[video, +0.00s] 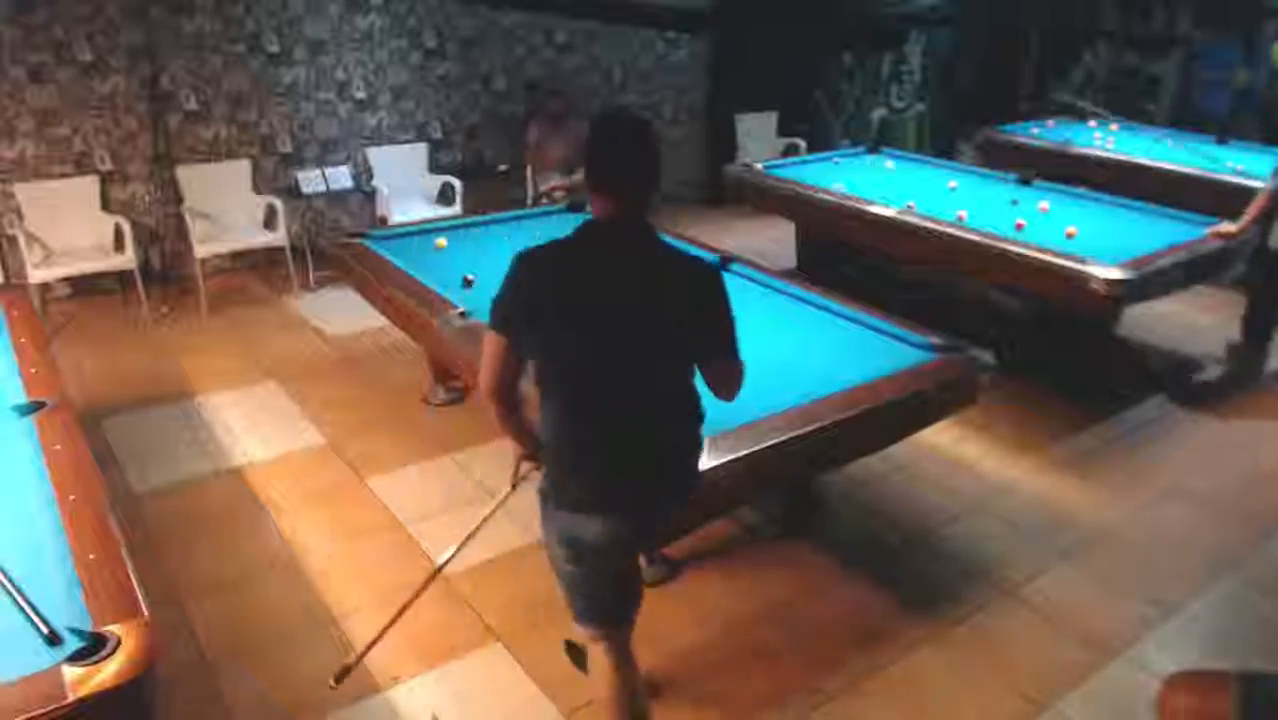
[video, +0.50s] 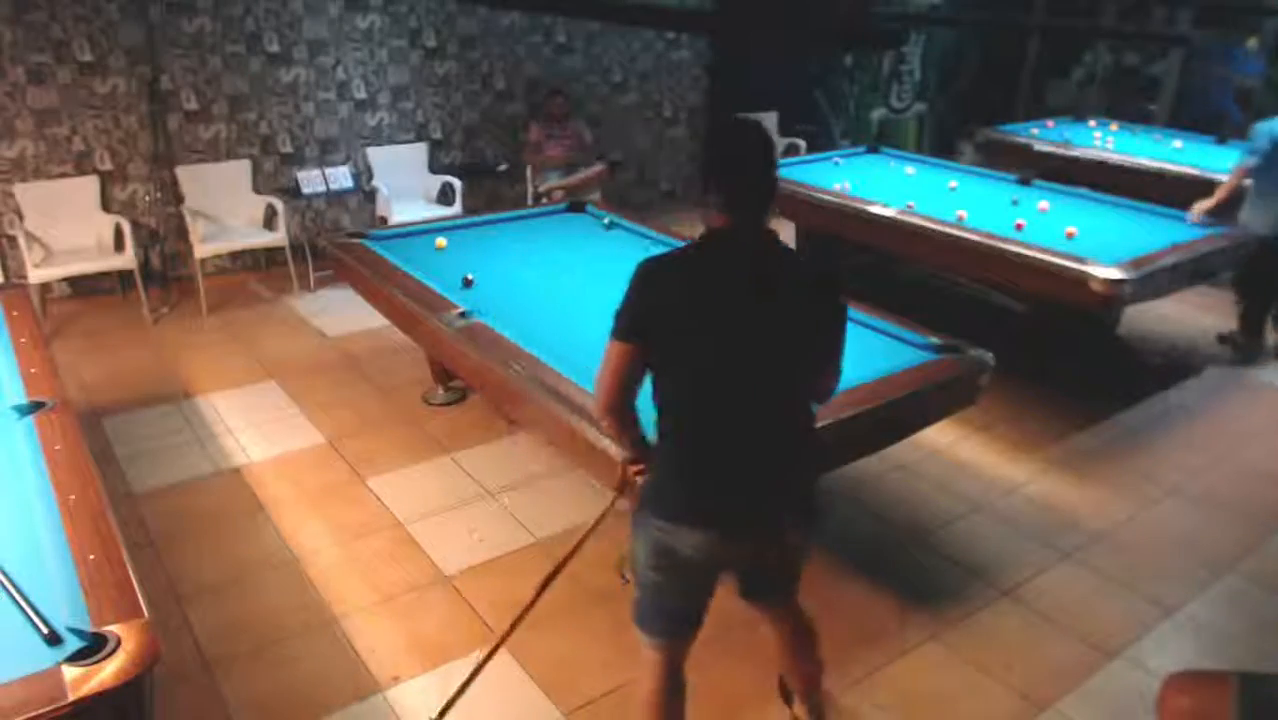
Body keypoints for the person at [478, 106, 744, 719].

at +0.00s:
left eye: (593, 170)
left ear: (585, 179)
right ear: (655, 180)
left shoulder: (536, 271)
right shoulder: (693, 278)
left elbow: (495, 387)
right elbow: (726, 383)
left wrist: (533, 446)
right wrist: (680, 323)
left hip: (582, 490)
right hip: (669, 481)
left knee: (609, 634)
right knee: (622, 555)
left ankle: (628, 697)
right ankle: (599, 643)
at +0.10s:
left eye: (605, 174)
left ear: (602, 188)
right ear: (672, 185)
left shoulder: (557, 281)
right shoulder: (715, 283)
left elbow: (513, 400)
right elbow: (746, 387)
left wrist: (547, 455)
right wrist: (697, 325)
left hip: (605, 501)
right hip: (693, 487)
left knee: (626, 649)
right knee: (649, 581)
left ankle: (646, 697)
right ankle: (647, 676)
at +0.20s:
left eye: (620, 174)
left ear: (618, 188)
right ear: (689, 184)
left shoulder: (579, 282)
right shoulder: (740, 283)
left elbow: (536, 405)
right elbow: (764, 383)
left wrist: (567, 458)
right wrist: (711, 325)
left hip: (623, 507)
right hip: (710, 493)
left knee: (638, 658)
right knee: (688, 572)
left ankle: (655, 701)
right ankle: (691, 676)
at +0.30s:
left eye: (646, 170)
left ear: (646, 183)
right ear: (718, 181)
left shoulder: (603, 280)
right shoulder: (765, 282)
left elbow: (561, 403)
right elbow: (784, 381)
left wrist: (587, 454)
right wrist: (728, 325)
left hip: (639, 512)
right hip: (726, 501)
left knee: (648, 662)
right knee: (722, 588)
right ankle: (742, 688)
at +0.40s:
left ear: (674, 184)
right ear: (745, 184)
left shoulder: (631, 281)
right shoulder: (789, 284)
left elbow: (585, 401)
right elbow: (803, 381)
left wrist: (611, 450)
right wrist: (743, 342)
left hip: (662, 506)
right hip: (750, 495)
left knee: (654, 661)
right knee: (755, 598)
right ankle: (793, 697)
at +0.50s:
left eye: (715, 179)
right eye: (755, 179)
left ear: (703, 187)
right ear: (773, 190)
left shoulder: (660, 278)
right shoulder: (812, 281)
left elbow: (612, 401)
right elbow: (822, 386)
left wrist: (641, 454)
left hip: (685, 504)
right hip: (776, 499)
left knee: (665, 660)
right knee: (785, 611)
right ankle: (815, 707)